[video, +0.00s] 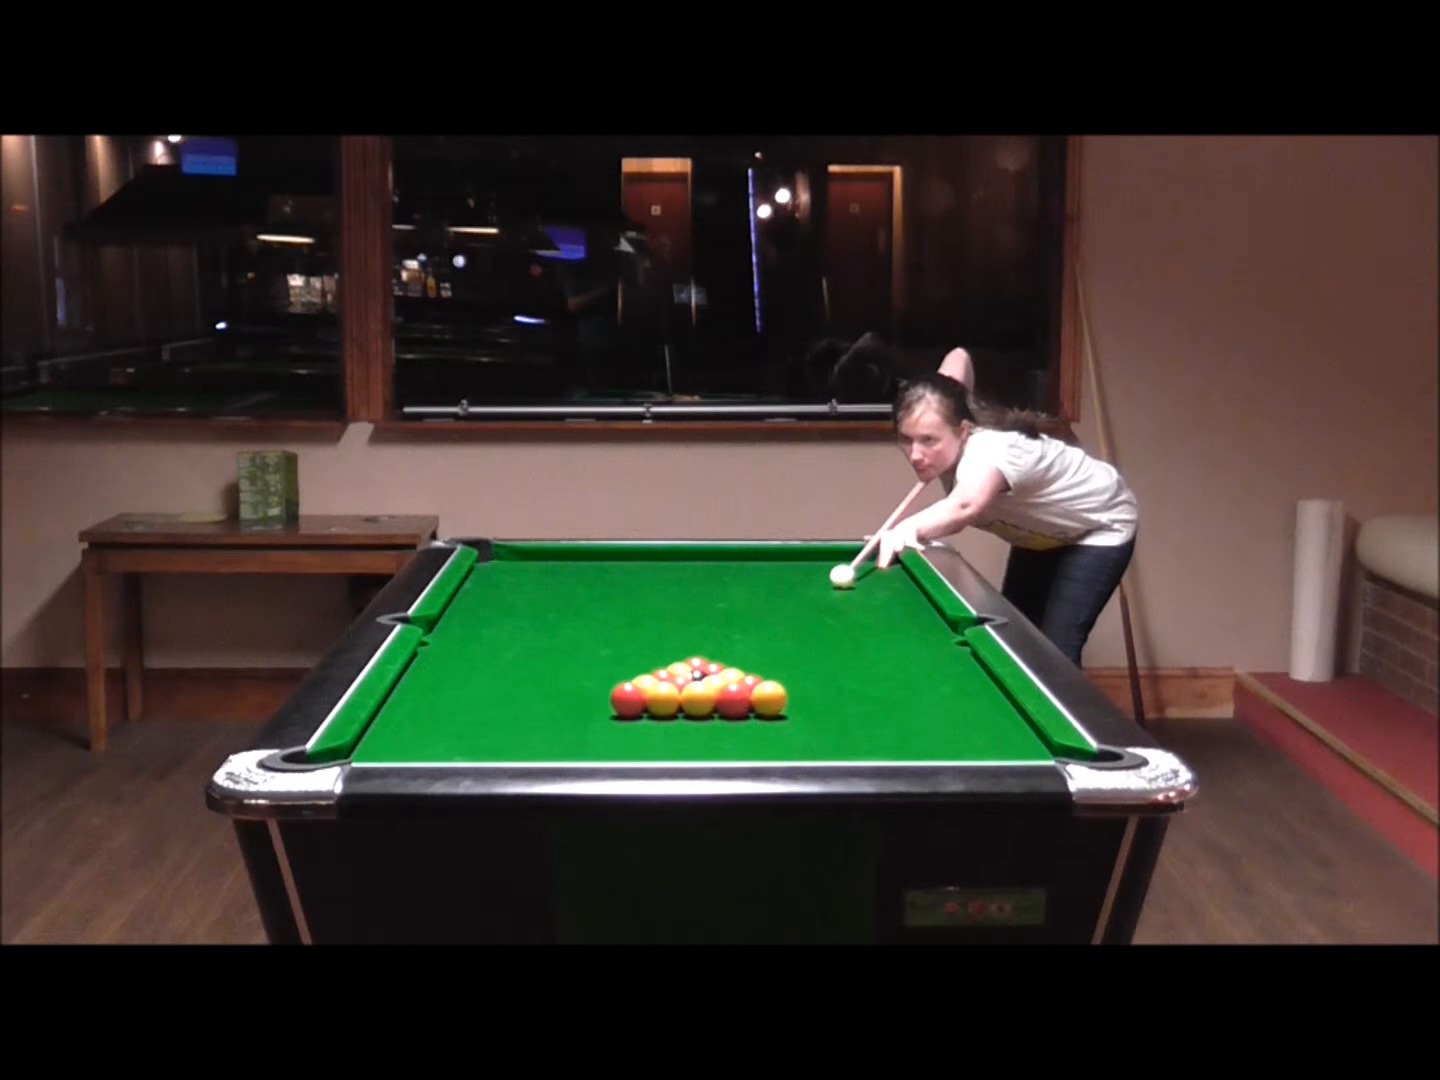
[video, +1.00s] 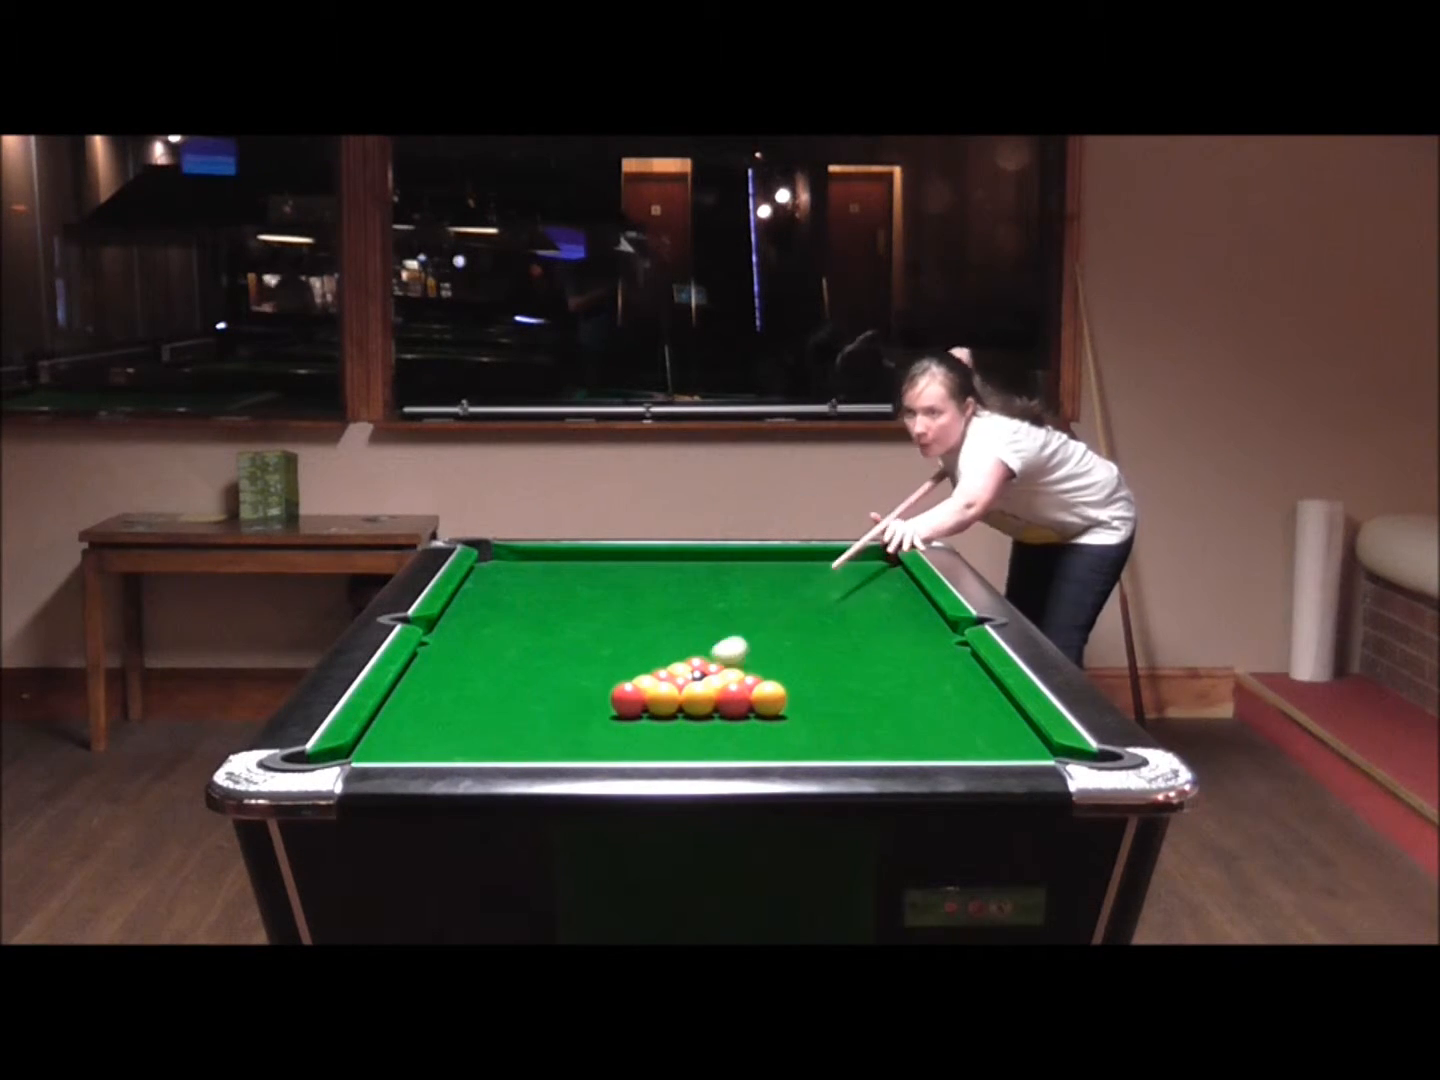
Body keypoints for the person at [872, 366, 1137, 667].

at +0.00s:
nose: (915, 455)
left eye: (928, 441)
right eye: (907, 441)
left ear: (962, 432)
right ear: (900, 436)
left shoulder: (987, 457)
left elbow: (963, 509)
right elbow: (956, 356)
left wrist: (911, 528)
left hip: (1099, 527)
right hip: (1037, 533)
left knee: (1055, 649)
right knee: (1008, 638)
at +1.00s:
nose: (918, 428)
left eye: (932, 413)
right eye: (910, 414)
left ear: (967, 409)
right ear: (901, 414)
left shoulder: (991, 441)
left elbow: (969, 505)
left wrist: (914, 529)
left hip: (1096, 525)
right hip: (1037, 529)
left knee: (1057, 649)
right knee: (1015, 638)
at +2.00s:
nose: (1006, 271)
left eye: (1022, 259)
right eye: (997, 257)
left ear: (1047, 273)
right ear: (984, 268)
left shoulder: (1069, 335)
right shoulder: (976, 327)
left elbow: (1117, 431)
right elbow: (974, 405)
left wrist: (1054, 502)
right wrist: (958, 456)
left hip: (1068, 534)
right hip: (1000, 527)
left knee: (1052, 662)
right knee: (988, 651)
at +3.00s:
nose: (1053, 288)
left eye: (1069, 276)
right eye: (1041, 274)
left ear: (1092, 286)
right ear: (1023, 282)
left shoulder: (1126, 361)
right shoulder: (992, 354)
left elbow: (1160, 453)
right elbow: (972, 428)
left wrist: (1129, 532)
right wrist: (970, 491)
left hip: (1102, 560)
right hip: (1016, 555)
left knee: (1128, 706)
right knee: (992, 694)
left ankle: (1153, 856)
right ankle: (982, 850)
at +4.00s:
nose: (1305, 297)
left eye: (1330, 277)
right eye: (1303, 276)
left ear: (1399, 294)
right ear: (1299, 282)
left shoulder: (1426, 392)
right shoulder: (1310, 386)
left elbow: (1329, 542)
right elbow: (1309, 529)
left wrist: (1177, 508)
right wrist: (1281, 594)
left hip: (1422, 707)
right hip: (1323, 703)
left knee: (1420, 922)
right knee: (1334, 915)